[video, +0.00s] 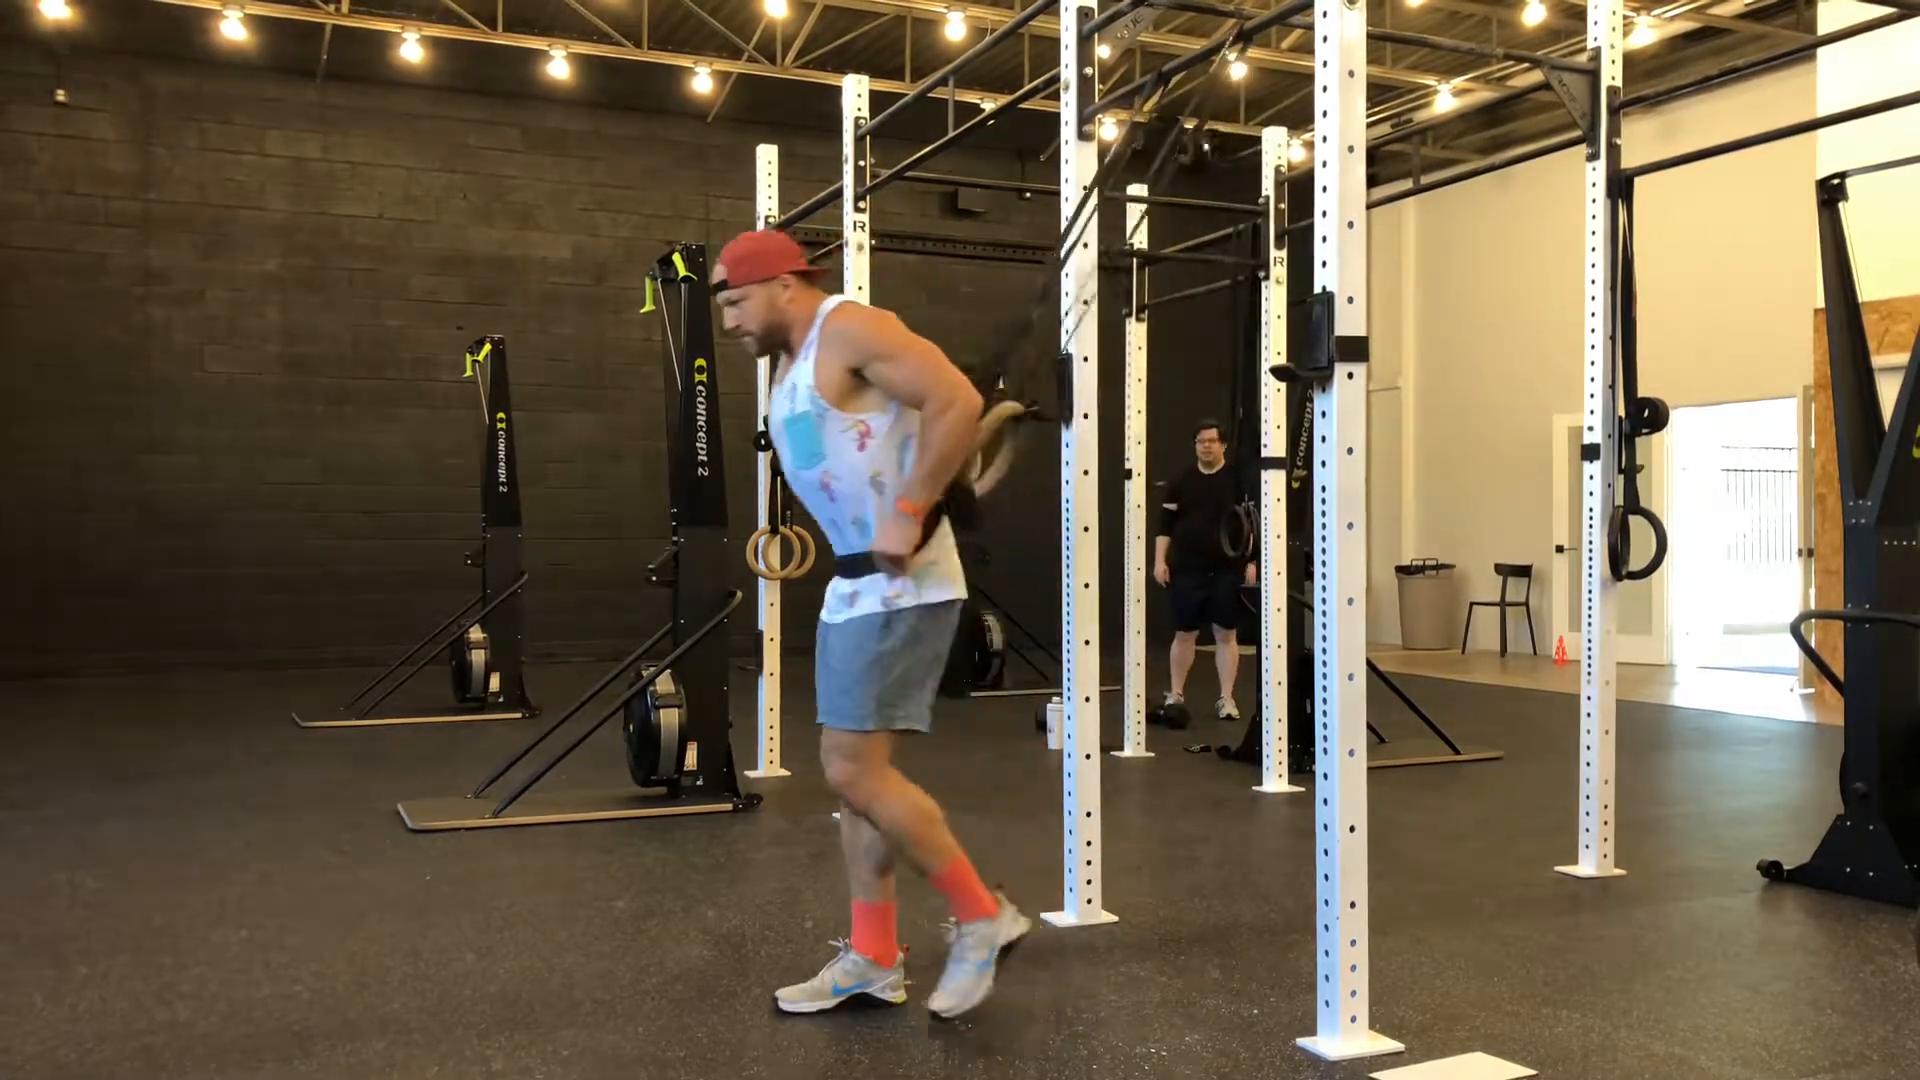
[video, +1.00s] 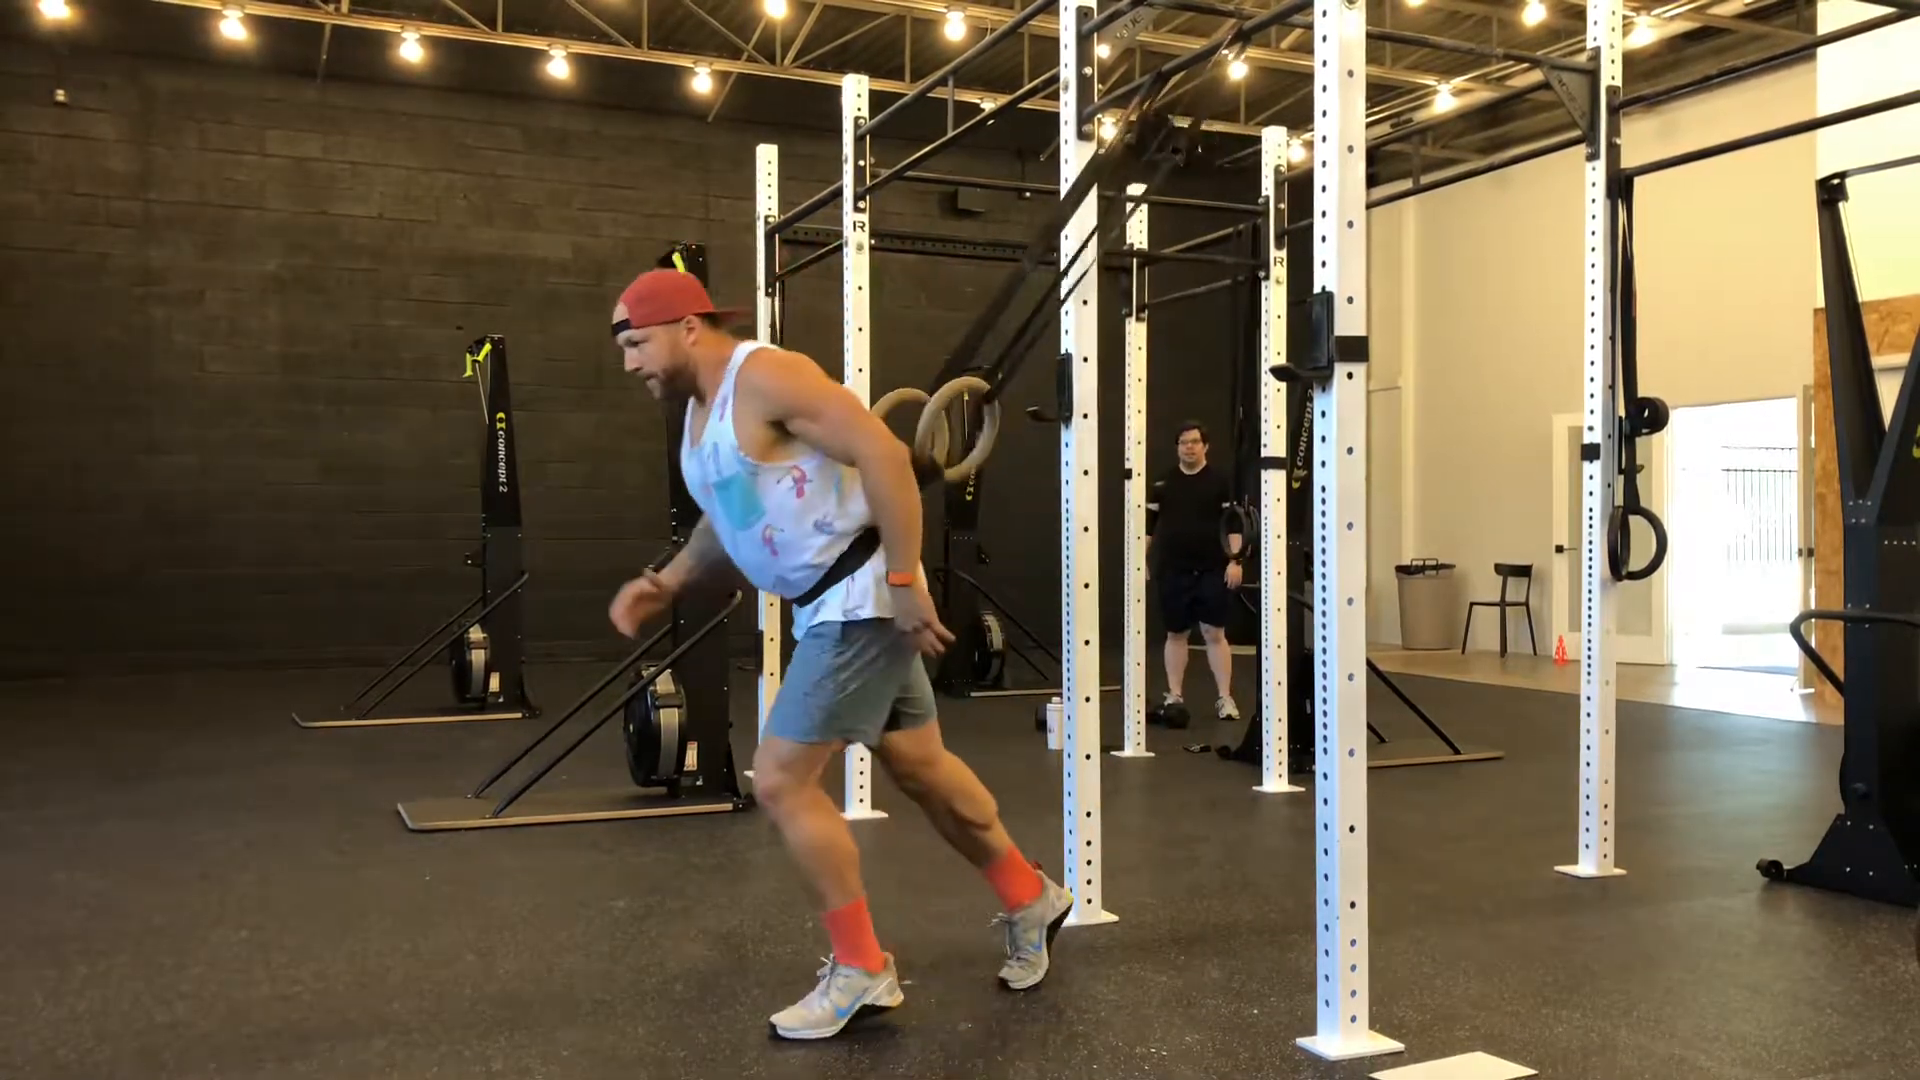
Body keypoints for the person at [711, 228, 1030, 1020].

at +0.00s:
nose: (727, 315)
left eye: (735, 296)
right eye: (724, 299)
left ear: (784, 286)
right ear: (772, 293)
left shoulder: (850, 327)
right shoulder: (796, 366)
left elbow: (959, 403)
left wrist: (908, 512)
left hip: (901, 586)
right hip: (857, 586)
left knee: (855, 768)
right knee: (856, 772)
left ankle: (985, 917)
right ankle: (873, 957)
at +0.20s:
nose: (684, 317)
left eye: (691, 297)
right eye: (679, 302)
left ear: (740, 284)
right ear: (727, 295)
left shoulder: (803, 322)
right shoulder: (756, 365)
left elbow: (916, 401)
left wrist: (862, 511)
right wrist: (828, 520)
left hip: (875, 584)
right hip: (842, 584)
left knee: (863, 769)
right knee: (853, 770)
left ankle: (881, 971)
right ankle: (866, 955)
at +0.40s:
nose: (659, 323)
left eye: (665, 302)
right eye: (655, 307)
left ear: (718, 290)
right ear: (700, 300)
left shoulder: (775, 330)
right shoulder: (738, 366)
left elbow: (896, 402)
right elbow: (838, 434)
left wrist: (877, 524)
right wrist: (835, 533)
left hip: (883, 588)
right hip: (832, 587)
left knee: (876, 772)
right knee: (842, 766)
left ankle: (879, 977)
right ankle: (862, 948)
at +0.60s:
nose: (664, 315)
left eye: (673, 294)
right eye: (660, 299)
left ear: (727, 284)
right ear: (714, 293)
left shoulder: (783, 331)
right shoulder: (739, 367)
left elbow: (887, 406)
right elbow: (817, 444)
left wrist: (868, 530)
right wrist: (806, 538)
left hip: (874, 583)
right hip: (831, 586)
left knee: (869, 766)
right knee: (854, 758)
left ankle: (875, 976)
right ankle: (977, 889)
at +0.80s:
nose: (657, 318)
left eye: (665, 298)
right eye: (653, 303)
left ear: (720, 291)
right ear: (698, 300)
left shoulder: (785, 345)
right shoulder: (727, 381)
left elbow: (896, 416)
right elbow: (783, 478)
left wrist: (912, 546)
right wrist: (744, 555)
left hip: (871, 580)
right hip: (838, 586)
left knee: (836, 774)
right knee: (907, 754)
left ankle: (870, 976)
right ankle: (1018, 885)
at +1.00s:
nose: (627, 361)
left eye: (633, 340)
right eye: (622, 345)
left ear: (686, 327)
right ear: (679, 334)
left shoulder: (767, 376)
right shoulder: (703, 415)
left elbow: (886, 453)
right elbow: (733, 519)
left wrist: (906, 577)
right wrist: (669, 581)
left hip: (861, 597)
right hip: (834, 602)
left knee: (783, 779)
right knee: (920, 763)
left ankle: (862, 969)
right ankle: (1031, 896)